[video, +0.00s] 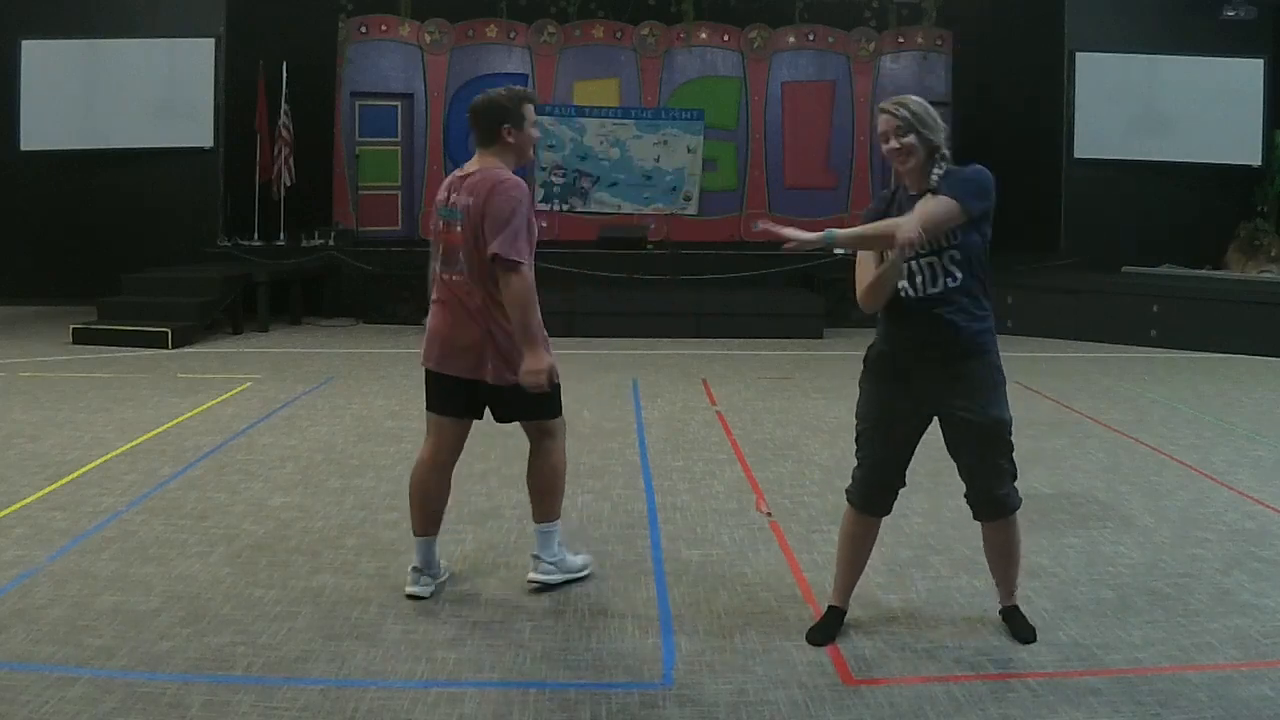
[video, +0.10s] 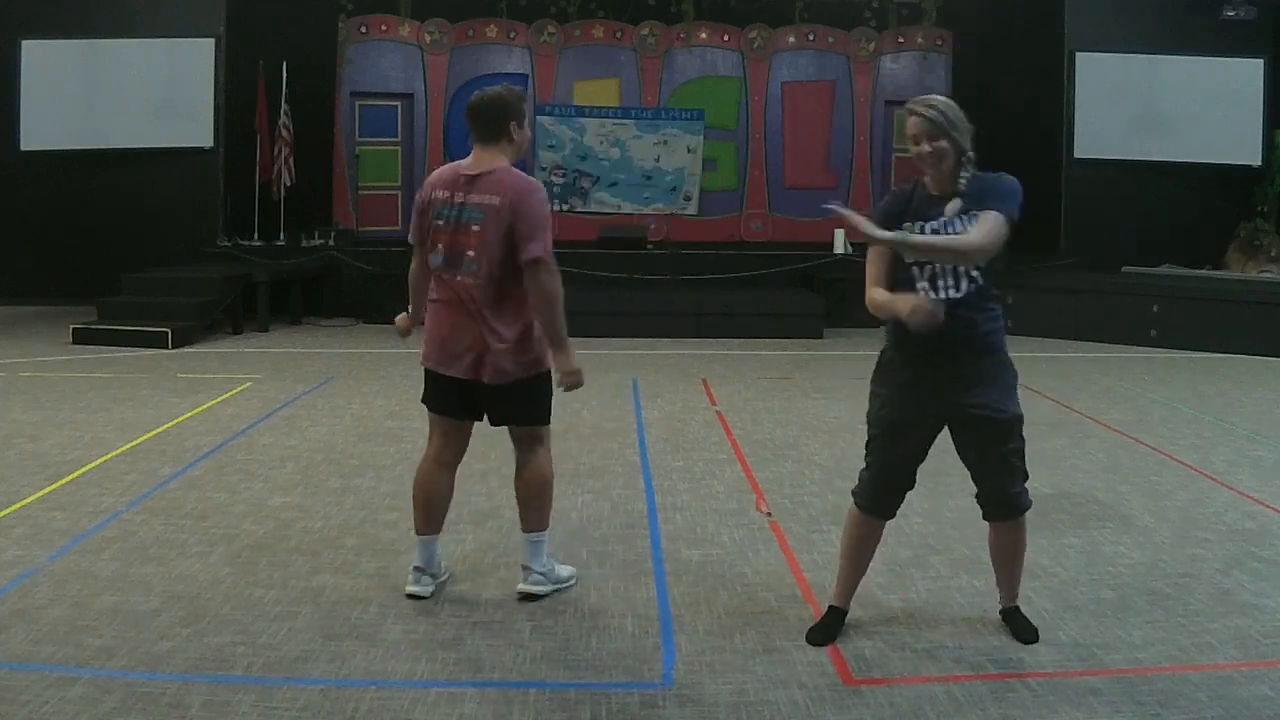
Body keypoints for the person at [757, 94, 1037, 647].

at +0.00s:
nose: (892, 147)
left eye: (900, 135)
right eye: (884, 140)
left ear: (928, 135)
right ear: (882, 148)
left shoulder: (972, 182)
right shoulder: (877, 214)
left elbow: (909, 227)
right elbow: (867, 299)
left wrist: (825, 237)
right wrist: (892, 257)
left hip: (968, 363)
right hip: (897, 364)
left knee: (994, 493)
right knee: (869, 489)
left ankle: (1009, 603)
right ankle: (837, 605)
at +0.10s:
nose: (922, 153)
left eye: (931, 141)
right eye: (914, 145)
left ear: (958, 140)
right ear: (909, 148)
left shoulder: (997, 190)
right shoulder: (894, 209)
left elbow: (979, 244)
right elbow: (874, 294)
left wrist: (884, 234)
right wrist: (903, 304)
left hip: (981, 366)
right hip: (908, 368)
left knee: (1007, 496)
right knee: (877, 491)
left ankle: (1011, 605)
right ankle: (838, 605)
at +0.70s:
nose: (1052, 150)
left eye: (1060, 140)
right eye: (1042, 139)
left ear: (1070, 139)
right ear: (1016, 134)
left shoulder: (1089, 184)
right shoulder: (988, 194)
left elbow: (1163, 225)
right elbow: (948, 268)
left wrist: (1240, 269)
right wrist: (908, 334)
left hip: (1047, 357)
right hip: (982, 344)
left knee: (1032, 484)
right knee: (917, 442)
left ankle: (1012, 605)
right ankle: (912, 362)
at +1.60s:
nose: (1053, 179)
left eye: (1065, 172)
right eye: (1047, 167)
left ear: (1079, 162)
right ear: (1026, 146)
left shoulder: (1085, 203)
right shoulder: (982, 182)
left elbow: (1142, 257)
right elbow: (932, 253)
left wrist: (1201, 309)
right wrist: (878, 314)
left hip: (1023, 358)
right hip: (953, 346)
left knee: (1018, 484)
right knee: (923, 466)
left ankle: (1012, 606)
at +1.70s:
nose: (1032, 175)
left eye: (1044, 167)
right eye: (1025, 163)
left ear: (1059, 160)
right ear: (1003, 145)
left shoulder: (1068, 201)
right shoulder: (963, 185)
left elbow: (1119, 264)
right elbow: (902, 251)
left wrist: (1163, 322)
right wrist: (835, 305)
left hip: (1017, 361)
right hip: (945, 353)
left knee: (1015, 484)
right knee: (914, 473)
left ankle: (1012, 605)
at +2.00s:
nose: (954, 165)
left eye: (962, 155)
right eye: (947, 153)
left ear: (970, 150)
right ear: (922, 139)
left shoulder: (979, 192)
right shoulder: (881, 186)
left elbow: (1023, 267)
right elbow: (811, 214)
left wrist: (1068, 340)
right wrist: (743, 237)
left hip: (982, 359)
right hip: (908, 364)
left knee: (1010, 476)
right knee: (902, 491)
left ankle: (1016, 576)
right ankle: (884, 605)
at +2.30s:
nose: (925, 145)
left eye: (932, 135)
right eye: (915, 133)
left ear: (939, 133)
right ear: (886, 128)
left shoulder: (939, 184)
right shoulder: (854, 172)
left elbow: (958, 254)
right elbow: (792, 163)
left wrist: (982, 319)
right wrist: (732, 143)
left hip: (954, 343)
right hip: (881, 362)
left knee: (1041, 421)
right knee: (883, 491)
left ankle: (1008, 369)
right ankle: (880, 609)